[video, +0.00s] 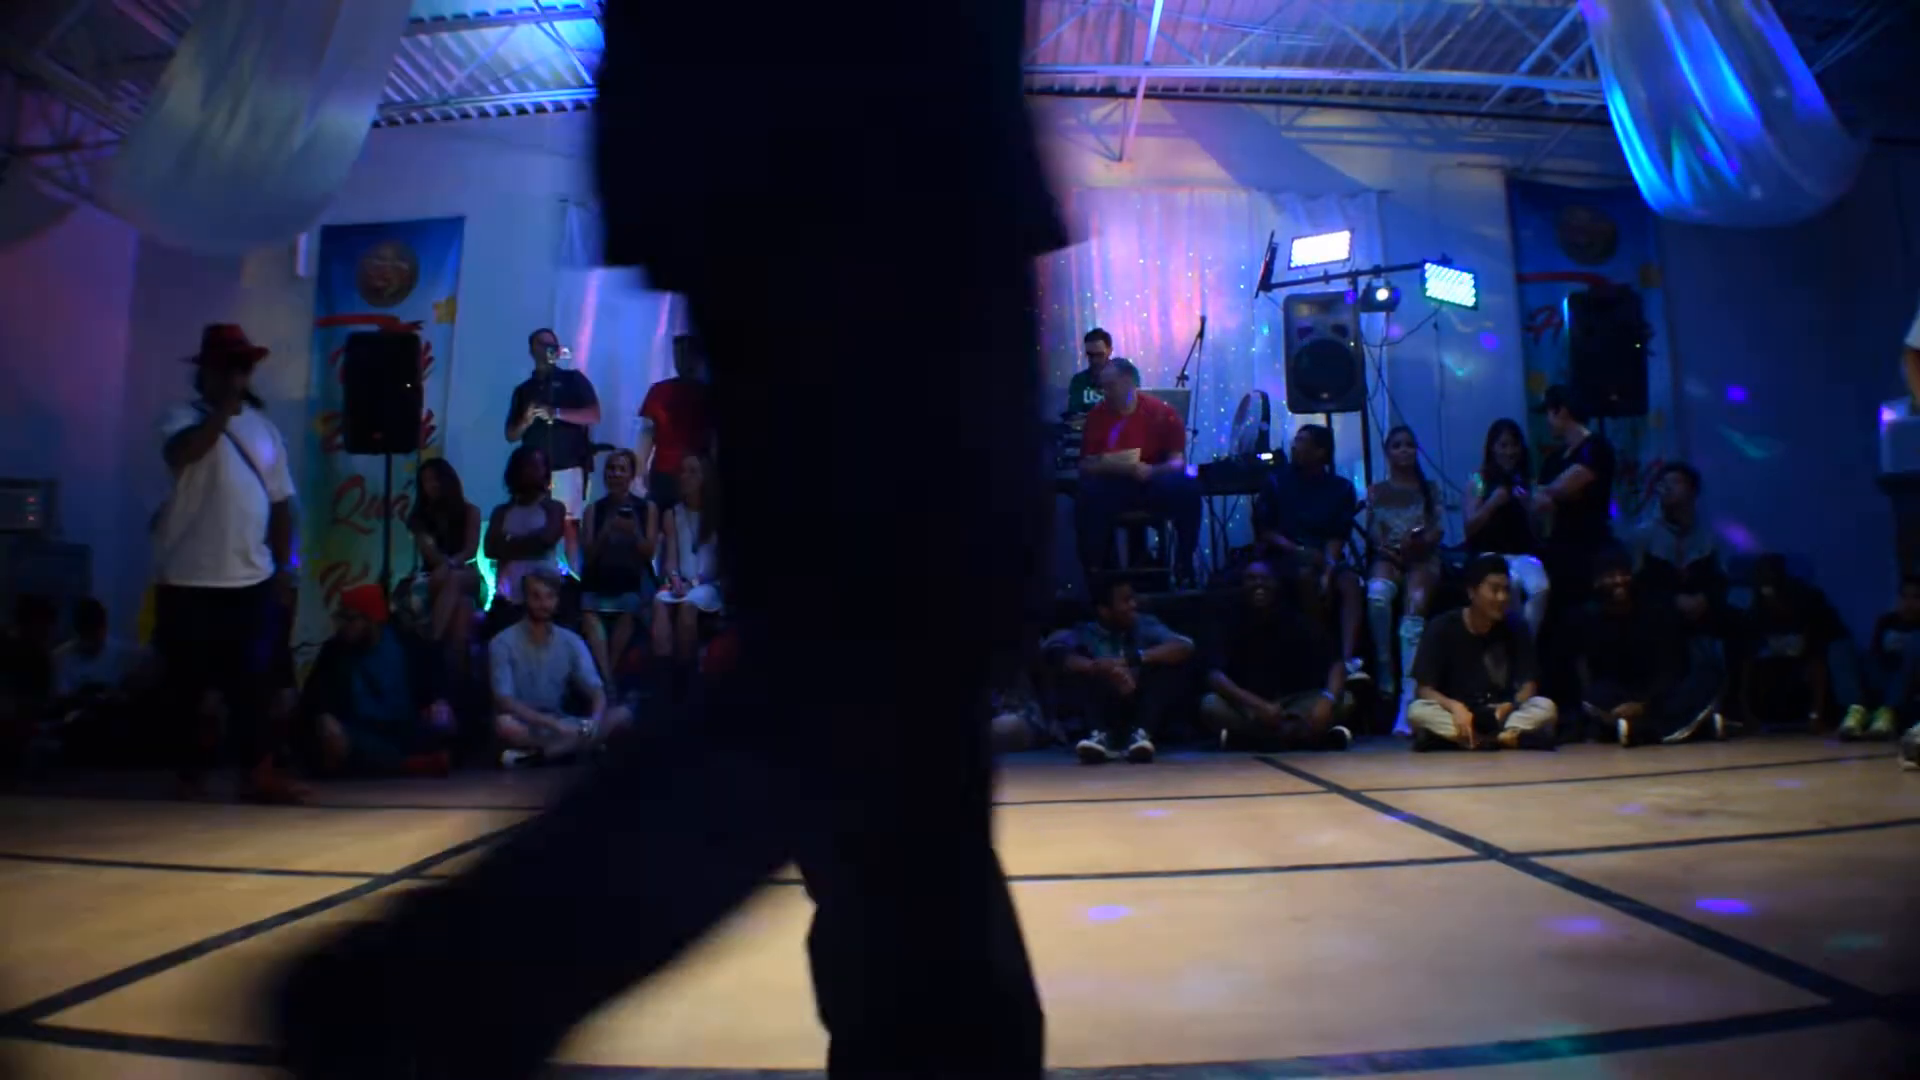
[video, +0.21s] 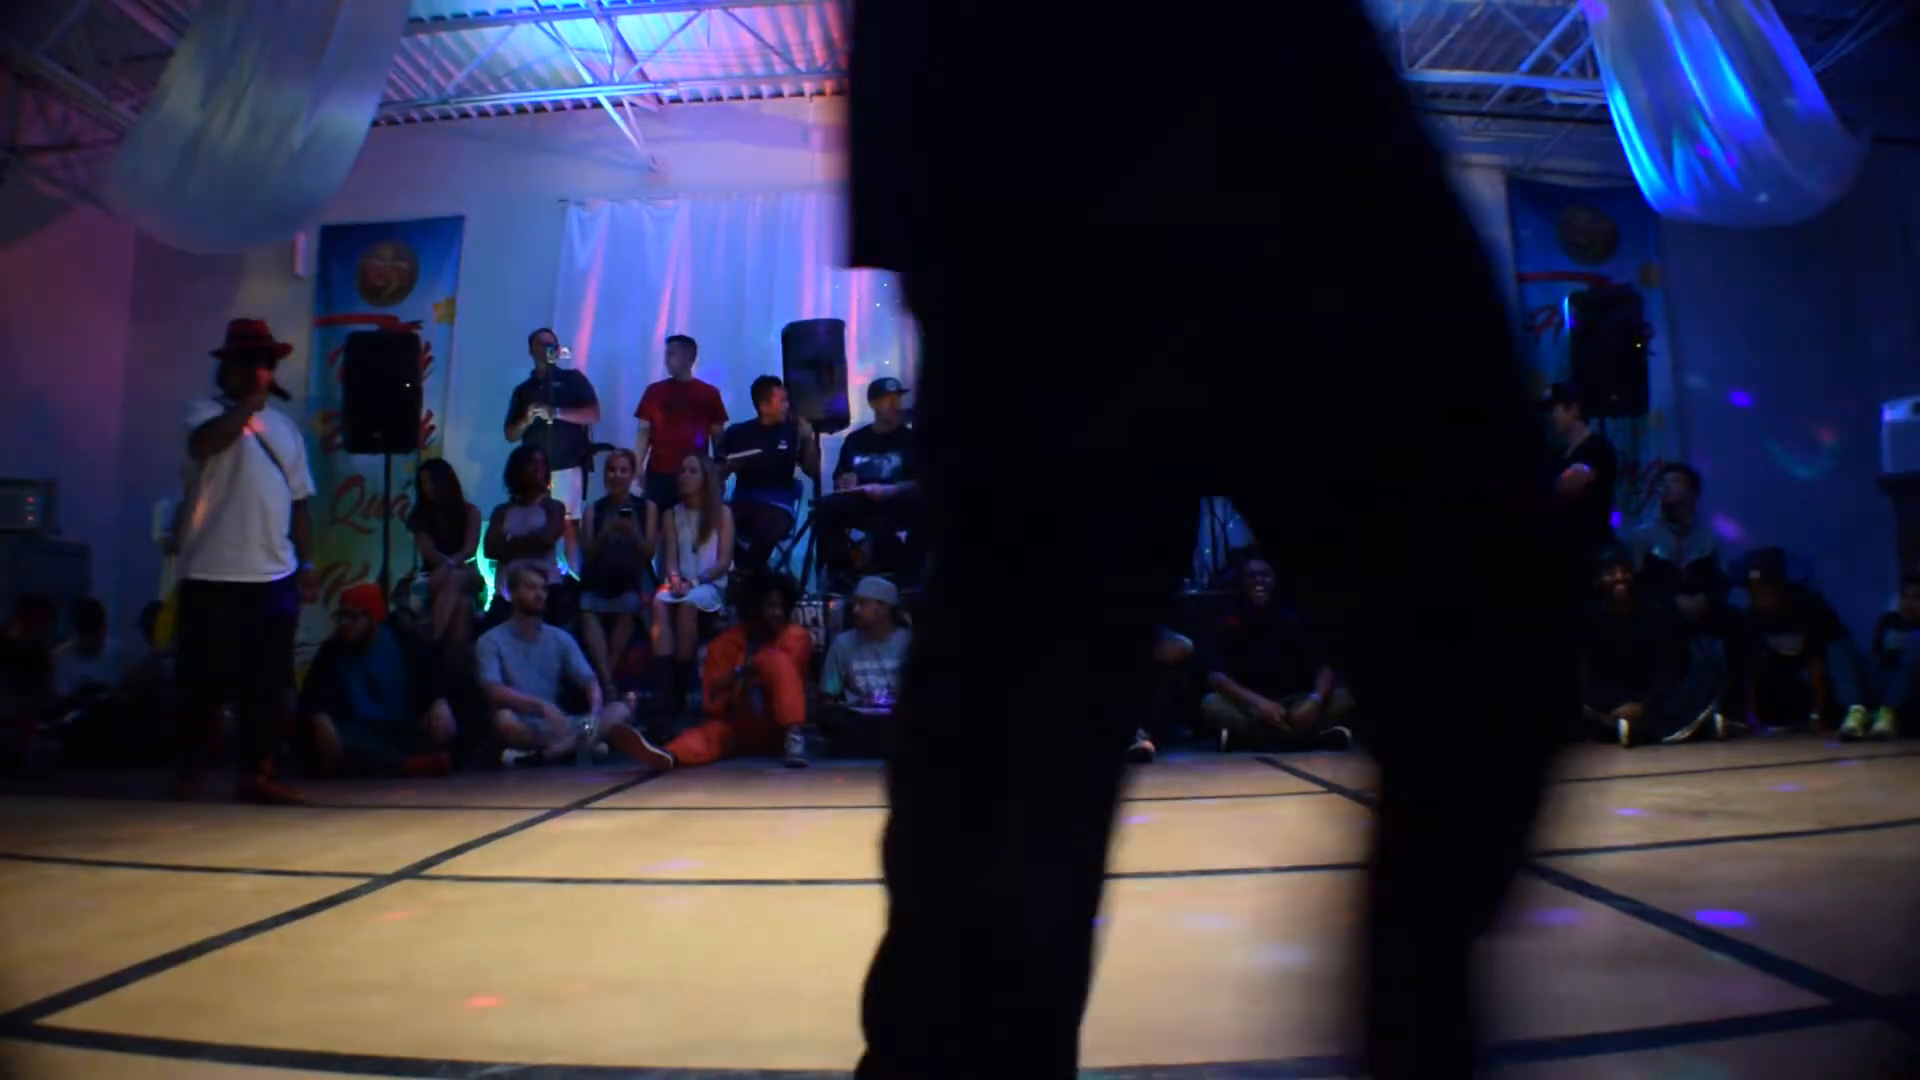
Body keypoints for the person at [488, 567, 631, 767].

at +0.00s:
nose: (543, 603)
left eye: (550, 597)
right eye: (536, 597)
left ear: (557, 600)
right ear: (525, 599)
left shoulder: (570, 641)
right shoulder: (503, 642)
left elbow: (597, 691)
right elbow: (504, 700)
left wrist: (594, 725)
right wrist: (554, 725)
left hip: (563, 716)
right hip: (524, 717)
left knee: (622, 714)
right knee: (504, 724)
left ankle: (544, 753)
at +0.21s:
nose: (540, 594)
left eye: (543, 588)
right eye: (531, 588)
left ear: (547, 593)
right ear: (512, 593)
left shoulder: (559, 638)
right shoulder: (491, 641)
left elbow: (590, 681)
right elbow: (494, 691)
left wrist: (594, 716)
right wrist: (543, 707)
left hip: (560, 721)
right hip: (521, 720)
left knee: (620, 709)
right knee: (503, 720)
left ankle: (555, 750)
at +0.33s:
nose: (537, 592)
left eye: (539, 586)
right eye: (528, 585)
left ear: (543, 590)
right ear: (506, 594)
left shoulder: (553, 636)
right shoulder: (484, 640)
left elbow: (591, 673)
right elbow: (482, 680)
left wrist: (598, 702)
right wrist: (532, 687)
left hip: (557, 716)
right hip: (518, 721)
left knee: (616, 704)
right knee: (505, 709)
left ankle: (547, 753)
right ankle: (577, 746)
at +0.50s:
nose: (532, 590)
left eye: (534, 585)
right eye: (524, 584)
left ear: (537, 589)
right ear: (503, 592)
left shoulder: (548, 634)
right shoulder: (480, 637)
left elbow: (592, 658)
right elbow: (475, 670)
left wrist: (607, 678)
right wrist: (523, 668)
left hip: (553, 713)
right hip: (512, 719)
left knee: (604, 689)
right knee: (509, 698)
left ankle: (545, 750)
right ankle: (562, 747)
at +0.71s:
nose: (527, 589)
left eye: (529, 584)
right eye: (519, 583)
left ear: (533, 589)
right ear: (500, 589)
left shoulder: (544, 632)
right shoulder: (478, 636)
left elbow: (591, 649)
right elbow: (468, 667)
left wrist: (612, 672)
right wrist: (515, 664)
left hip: (548, 710)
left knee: (588, 667)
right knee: (503, 696)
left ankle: (550, 741)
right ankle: (564, 744)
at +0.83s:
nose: (527, 590)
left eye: (529, 584)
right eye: (518, 583)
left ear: (534, 589)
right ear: (500, 592)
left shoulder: (547, 634)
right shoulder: (478, 637)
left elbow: (591, 657)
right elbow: (467, 669)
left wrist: (622, 681)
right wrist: (506, 670)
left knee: (581, 662)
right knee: (505, 693)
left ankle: (572, 734)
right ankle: (559, 740)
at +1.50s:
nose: (531, 596)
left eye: (536, 589)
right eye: (522, 590)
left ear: (541, 594)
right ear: (506, 597)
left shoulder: (556, 637)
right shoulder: (489, 639)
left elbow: (596, 665)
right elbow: (475, 667)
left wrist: (631, 700)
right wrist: (523, 678)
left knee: (584, 670)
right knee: (509, 683)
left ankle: (596, 742)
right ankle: (557, 738)